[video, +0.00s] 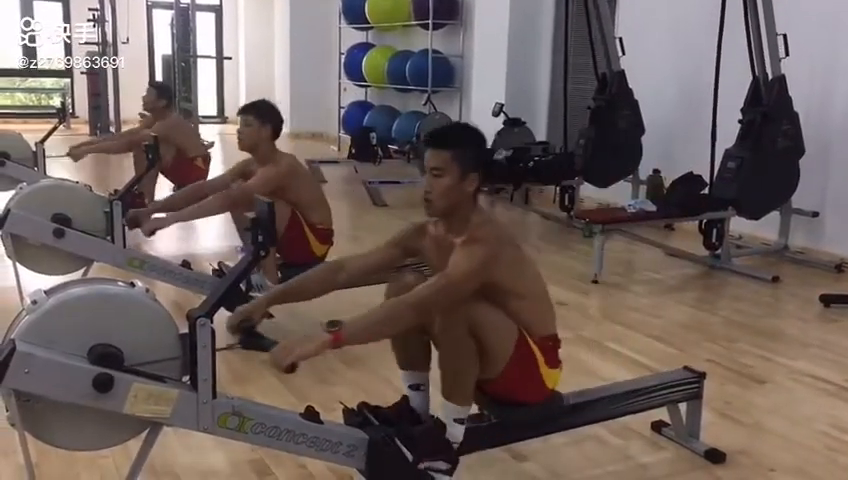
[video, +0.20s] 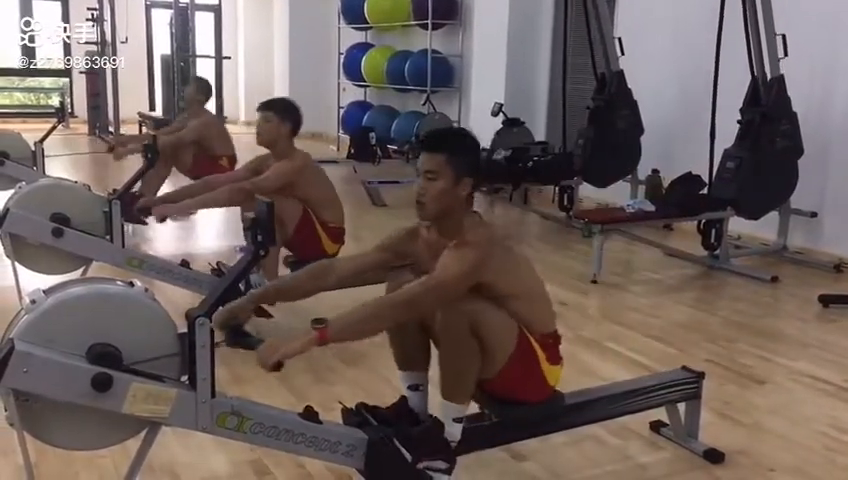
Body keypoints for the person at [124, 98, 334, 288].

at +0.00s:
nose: (238, 131)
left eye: (245, 125)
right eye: (239, 125)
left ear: (267, 132)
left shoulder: (281, 168)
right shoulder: (250, 166)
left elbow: (230, 200)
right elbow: (204, 189)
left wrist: (167, 221)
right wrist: (153, 209)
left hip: (311, 243)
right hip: (289, 237)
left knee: (271, 204)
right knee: (236, 194)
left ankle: (271, 279)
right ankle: (255, 266)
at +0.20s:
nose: (258, 127)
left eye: (266, 121)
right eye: (259, 120)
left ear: (286, 128)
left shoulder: (294, 165)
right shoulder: (267, 161)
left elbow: (242, 191)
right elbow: (216, 182)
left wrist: (184, 207)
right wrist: (160, 199)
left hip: (324, 241)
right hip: (308, 236)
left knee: (274, 200)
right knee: (254, 199)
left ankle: (268, 283)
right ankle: (265, 283)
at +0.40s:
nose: (310, 119)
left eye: (318, 114)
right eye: (311, 113)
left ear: (337, 122)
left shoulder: (342, 162)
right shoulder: (315, 157)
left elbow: (290, 193)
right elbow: (269, 182)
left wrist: (242, 207)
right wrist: (218, 195)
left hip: (353, 237)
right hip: (338, 230)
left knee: (286, 200)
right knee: (274, 195)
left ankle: (267, 282)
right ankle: (254, 270)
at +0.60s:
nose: (369, 117)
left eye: (376, 111)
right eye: (370, 111)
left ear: (395, 117)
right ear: (370, 114)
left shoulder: (395, 159)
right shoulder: (364, 152)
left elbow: (350, 188)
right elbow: (322, 176)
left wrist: (301, 202)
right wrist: (275, 187)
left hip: (388, 232)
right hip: (367, 221)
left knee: (314, 218)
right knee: (302, 208)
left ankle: (262, 287)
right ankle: (249, 272)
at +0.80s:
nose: (418, 134)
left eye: (425, 129)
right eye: (418, 129)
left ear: (446, 133)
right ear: (418, 131)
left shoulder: (447, 173)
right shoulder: (414, 162)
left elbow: (405, 194)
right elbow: (370, 179)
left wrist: (352, 197)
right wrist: (328, 182)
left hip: (405, 233)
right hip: (386, 220)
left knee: (330, 237)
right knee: (316, 232)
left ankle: (257, 287)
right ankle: (240, 269)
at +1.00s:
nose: (439, 153)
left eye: (446, 149)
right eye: (438, 148)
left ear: (464, 153)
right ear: (441, 150)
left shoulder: (467, 189)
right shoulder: (433, 177)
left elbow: (466, 235)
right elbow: (411, 212)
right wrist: (393, 198)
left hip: (405, 234)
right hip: (386, 220)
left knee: (331, 244)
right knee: (318, 235)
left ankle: (251, 287)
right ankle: (234, 269)